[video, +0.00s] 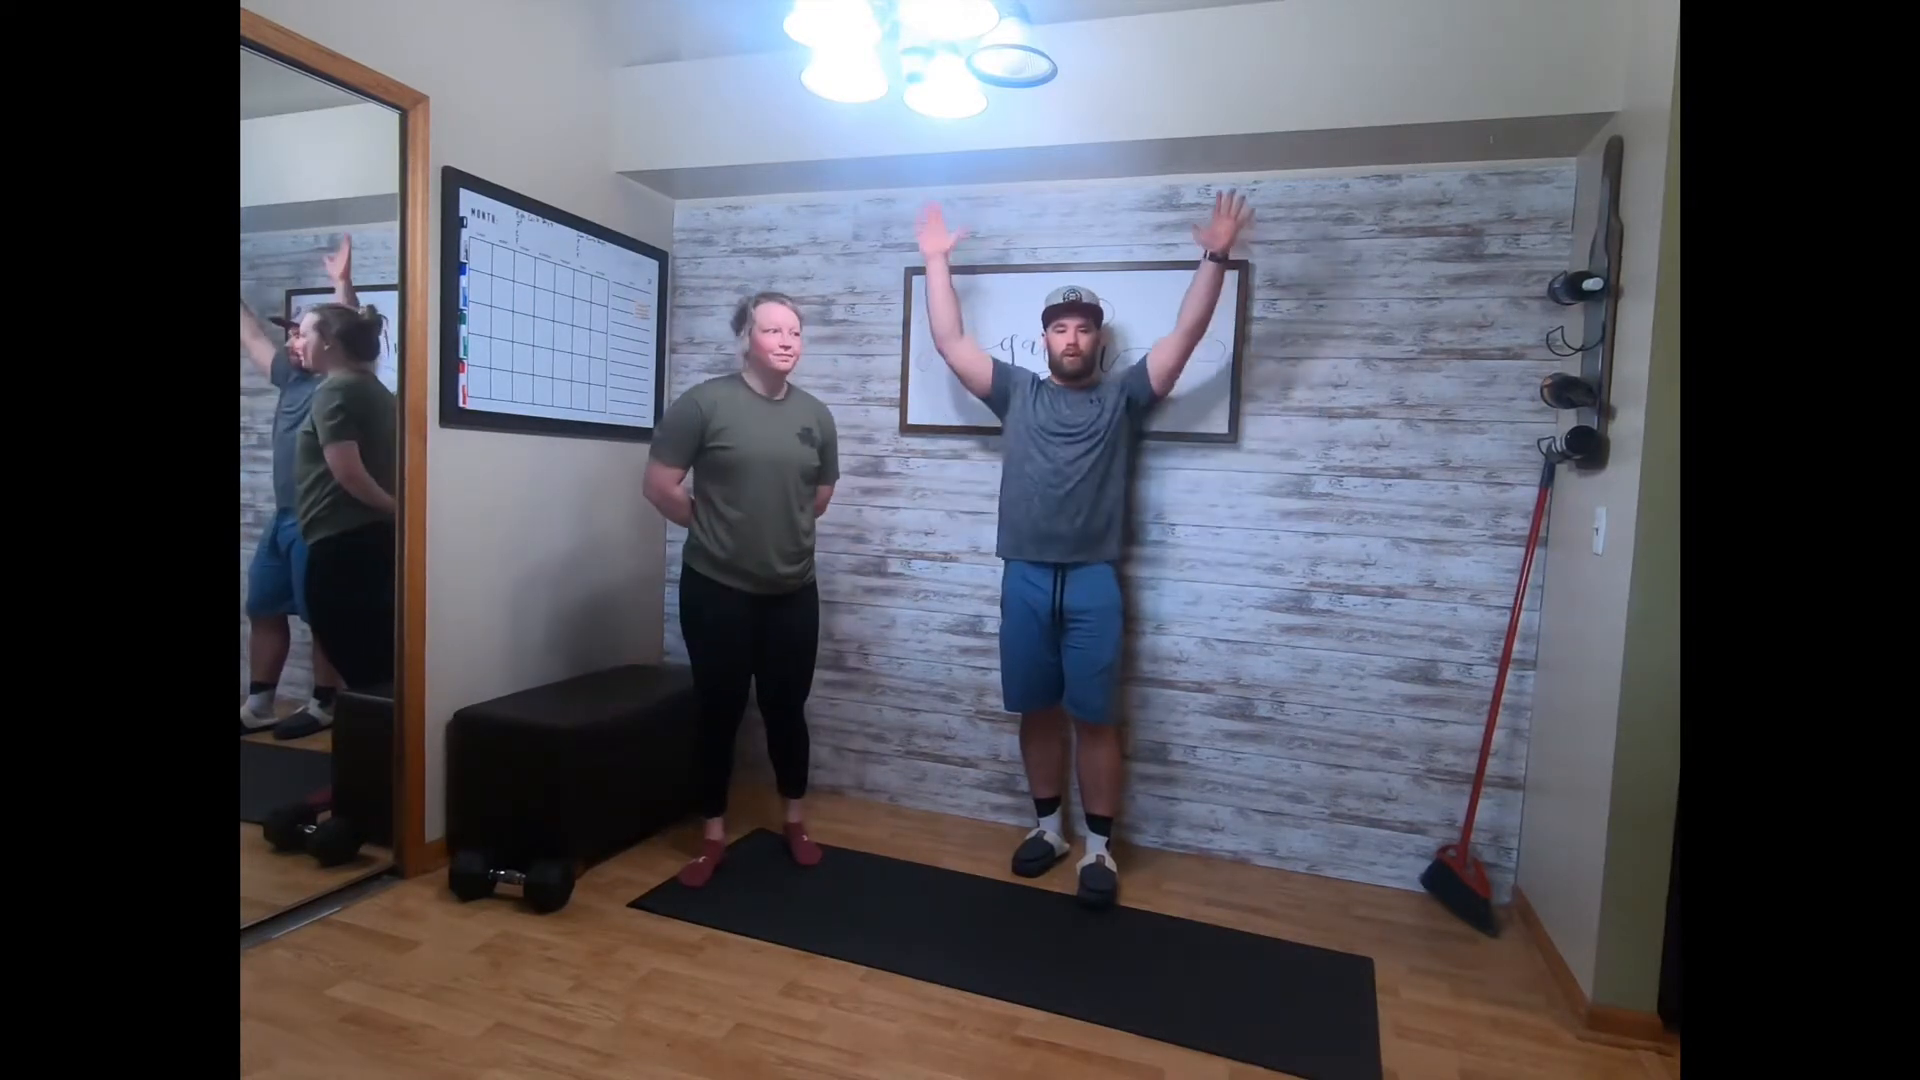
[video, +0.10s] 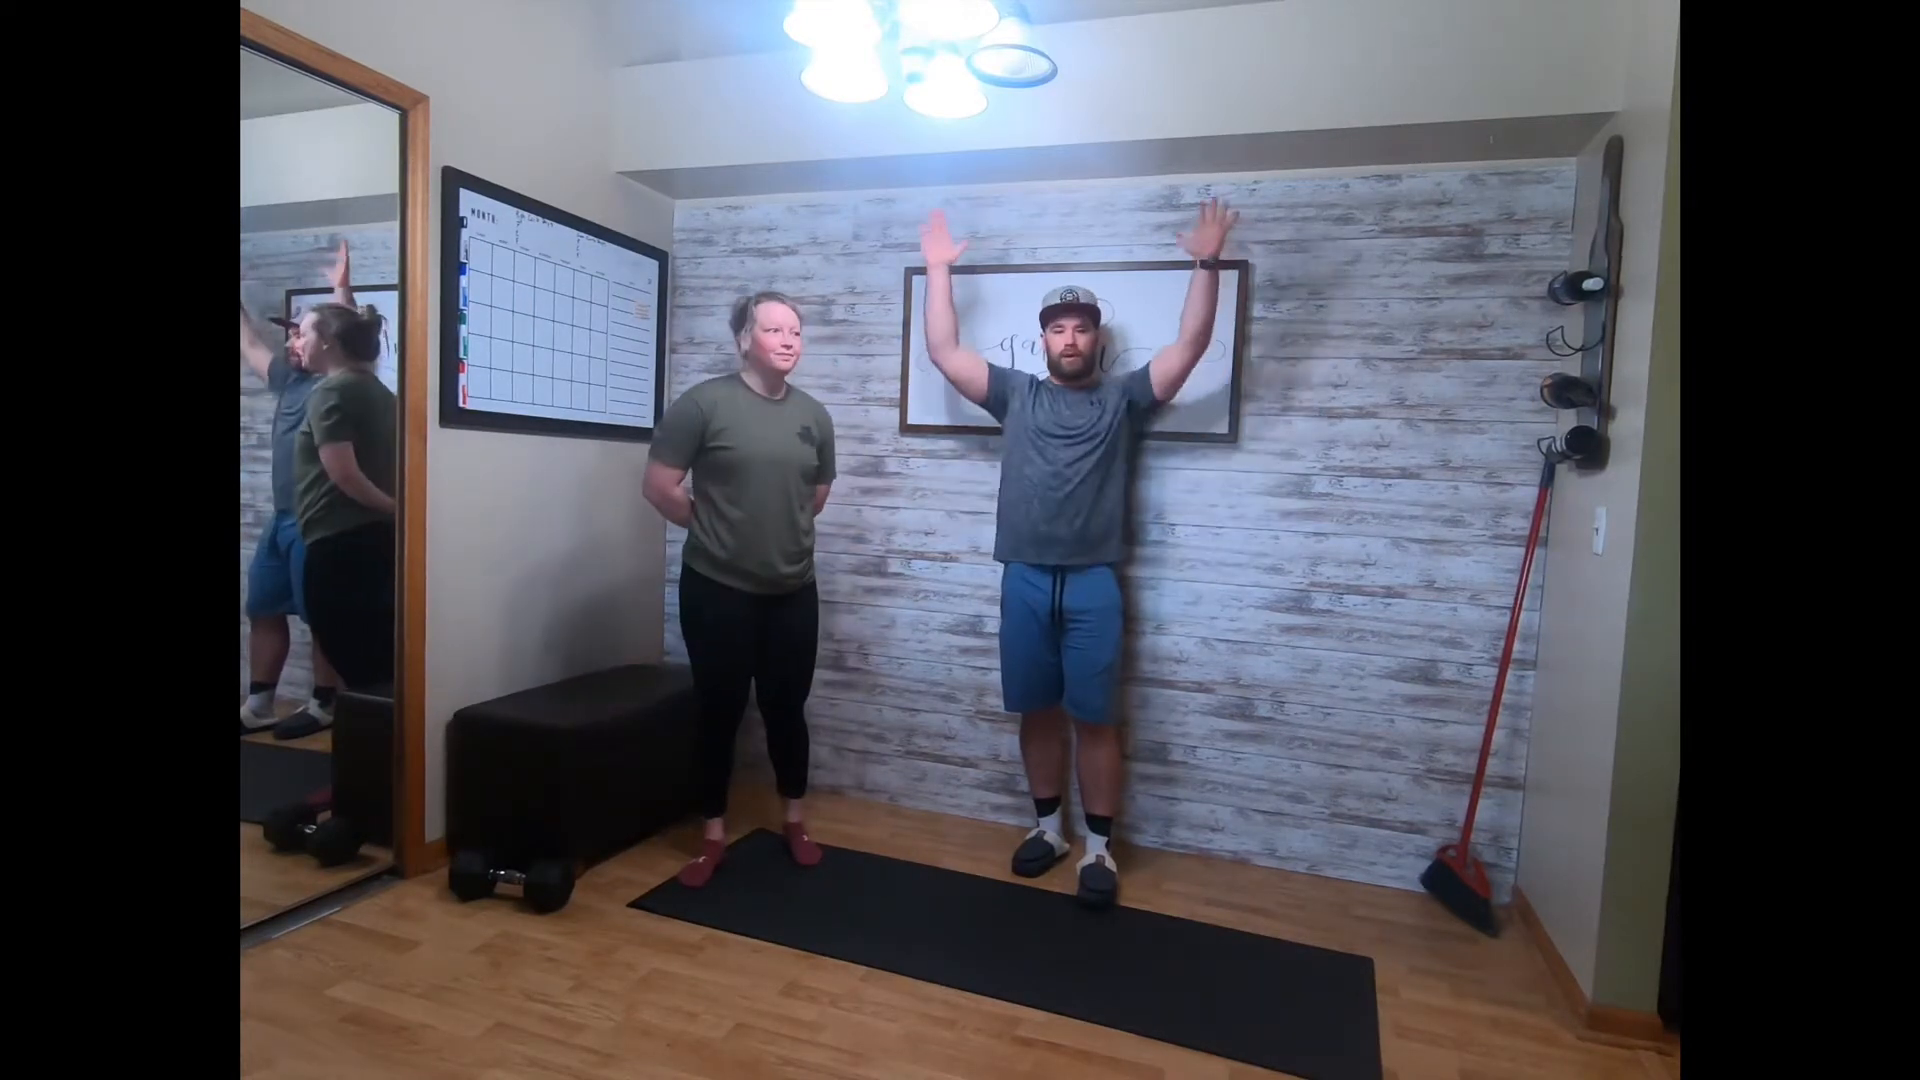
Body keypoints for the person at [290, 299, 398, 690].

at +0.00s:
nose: (297, 343)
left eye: (305, 334)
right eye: (299, 334)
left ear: (328, 340)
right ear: (350, 342)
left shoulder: (333, 391)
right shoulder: (381, 393)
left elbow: (349, 473)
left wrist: (400, 508)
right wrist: (405, 508)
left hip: (340, 543)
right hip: (378, 539)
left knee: (352, 655)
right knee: (376, 650)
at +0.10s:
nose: (298, 343)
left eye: (304, 333)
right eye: (299, 333)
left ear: (327, 340)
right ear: (354, 341)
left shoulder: (330, 392)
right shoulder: (384, 395)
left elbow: (345, 474)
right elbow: (401, 463)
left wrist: (399, 508)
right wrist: (404, 509)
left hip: (337, 544)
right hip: (380, 541)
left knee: (352, 659)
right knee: (378, 653)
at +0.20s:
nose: (299, 343)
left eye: (305, 334)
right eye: (301, 334)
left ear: (328, 341)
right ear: (353, 342)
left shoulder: (329, 393)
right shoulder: (385, 396)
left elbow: (344, 474)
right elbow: (401, 464)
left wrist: (399, 509)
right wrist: (404, 509)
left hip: (336, 545)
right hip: (380, 542)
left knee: (352, 660)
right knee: (379, 654)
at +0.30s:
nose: (301, 343)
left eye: (307, 334)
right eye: (303, 334)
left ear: (330, 341)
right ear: (352, 342)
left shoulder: (332, 394)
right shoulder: (384, 395)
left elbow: (345, 473)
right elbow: (400, 463)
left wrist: (400, 509)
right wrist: (404, 509)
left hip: (338, 542)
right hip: (379, 538)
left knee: (350, 655)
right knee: (377, 649)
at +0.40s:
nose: (305, 342)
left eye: (310, 334)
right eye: (306, 334)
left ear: (333, 341)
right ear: (348, 342)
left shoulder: (338, 394)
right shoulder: (383, 393)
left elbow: (351, 474)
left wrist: (401, 510)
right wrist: (405, 510)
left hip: (342, 541)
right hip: (378, 536)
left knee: (351, 653)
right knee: (376, 648)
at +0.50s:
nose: (308, 344)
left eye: (314, 335)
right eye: (310, 335)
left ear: (340, 343)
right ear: (349, 344)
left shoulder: (346, 395)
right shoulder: (379, 391)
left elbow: (361, 476)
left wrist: (404, 511)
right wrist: (406, 511)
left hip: (345, 542)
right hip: (372, 537)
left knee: (358, 659)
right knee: (374, 653)